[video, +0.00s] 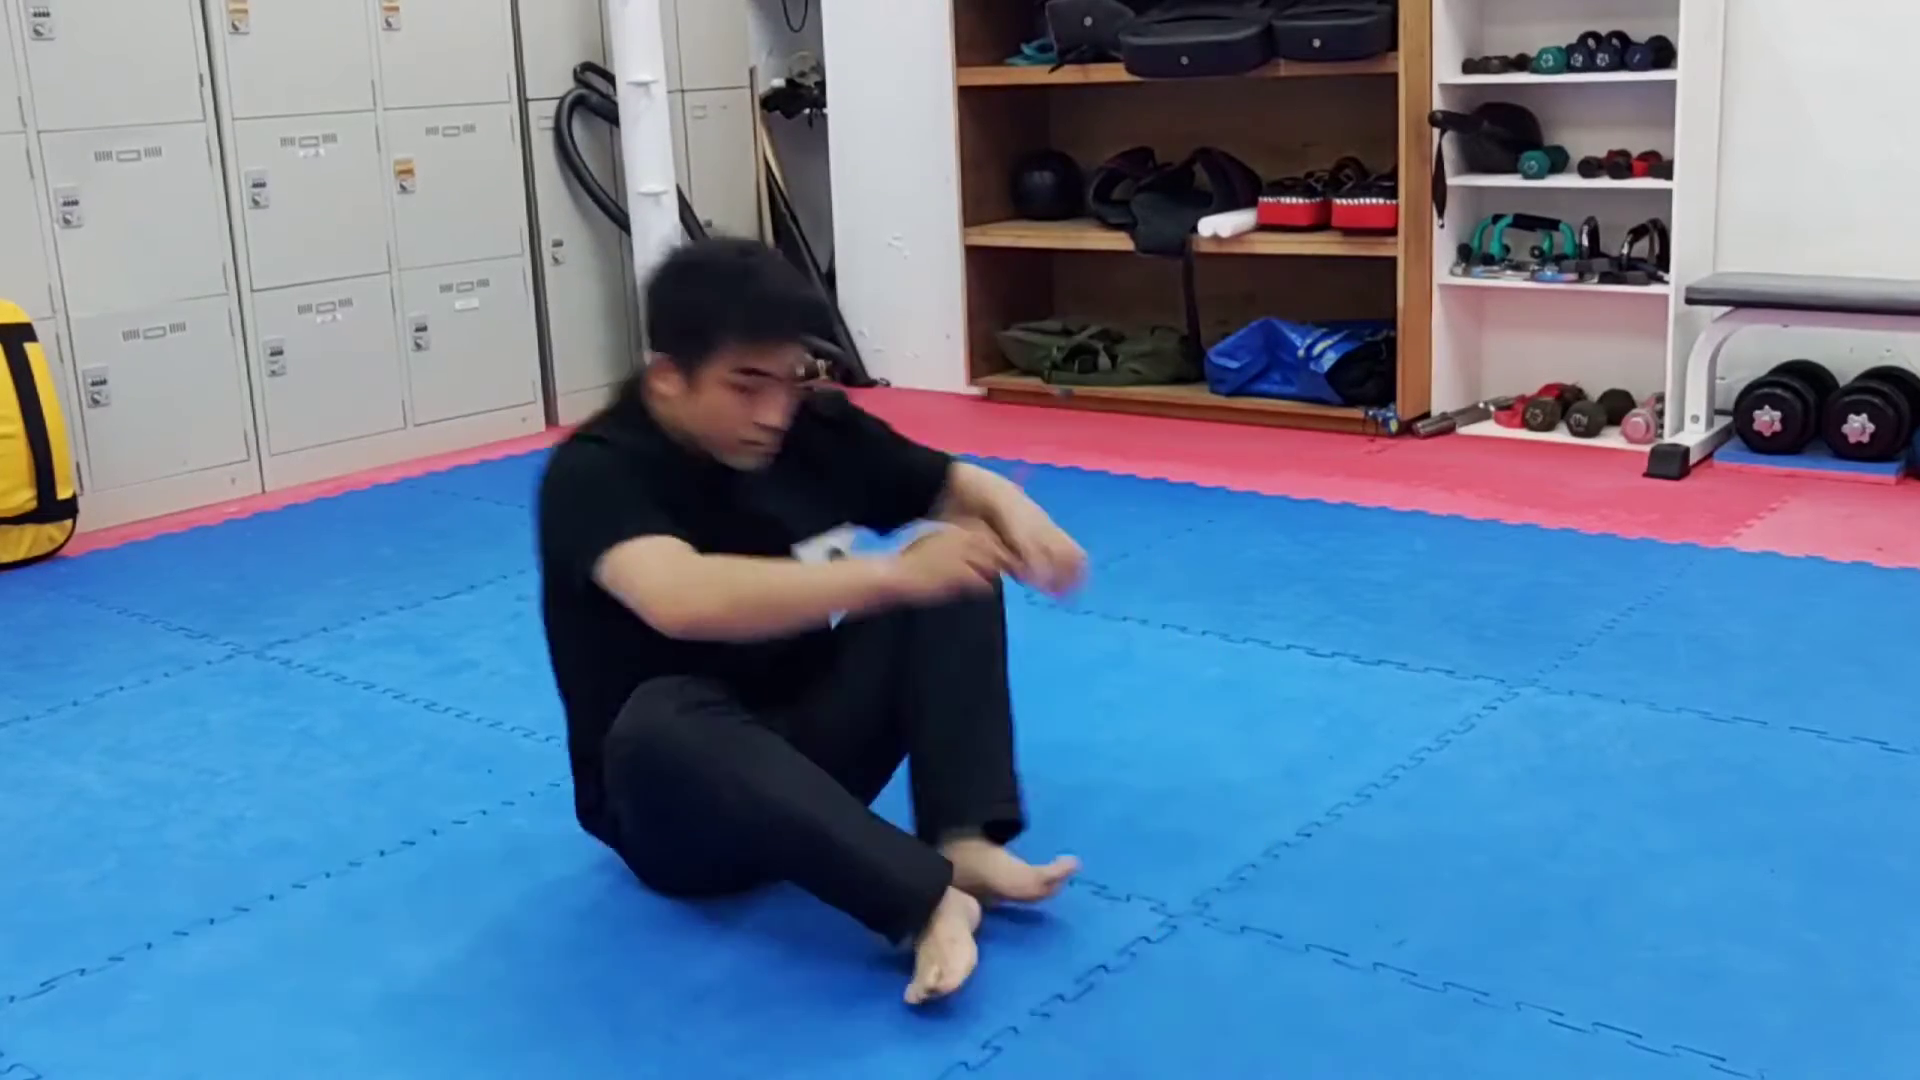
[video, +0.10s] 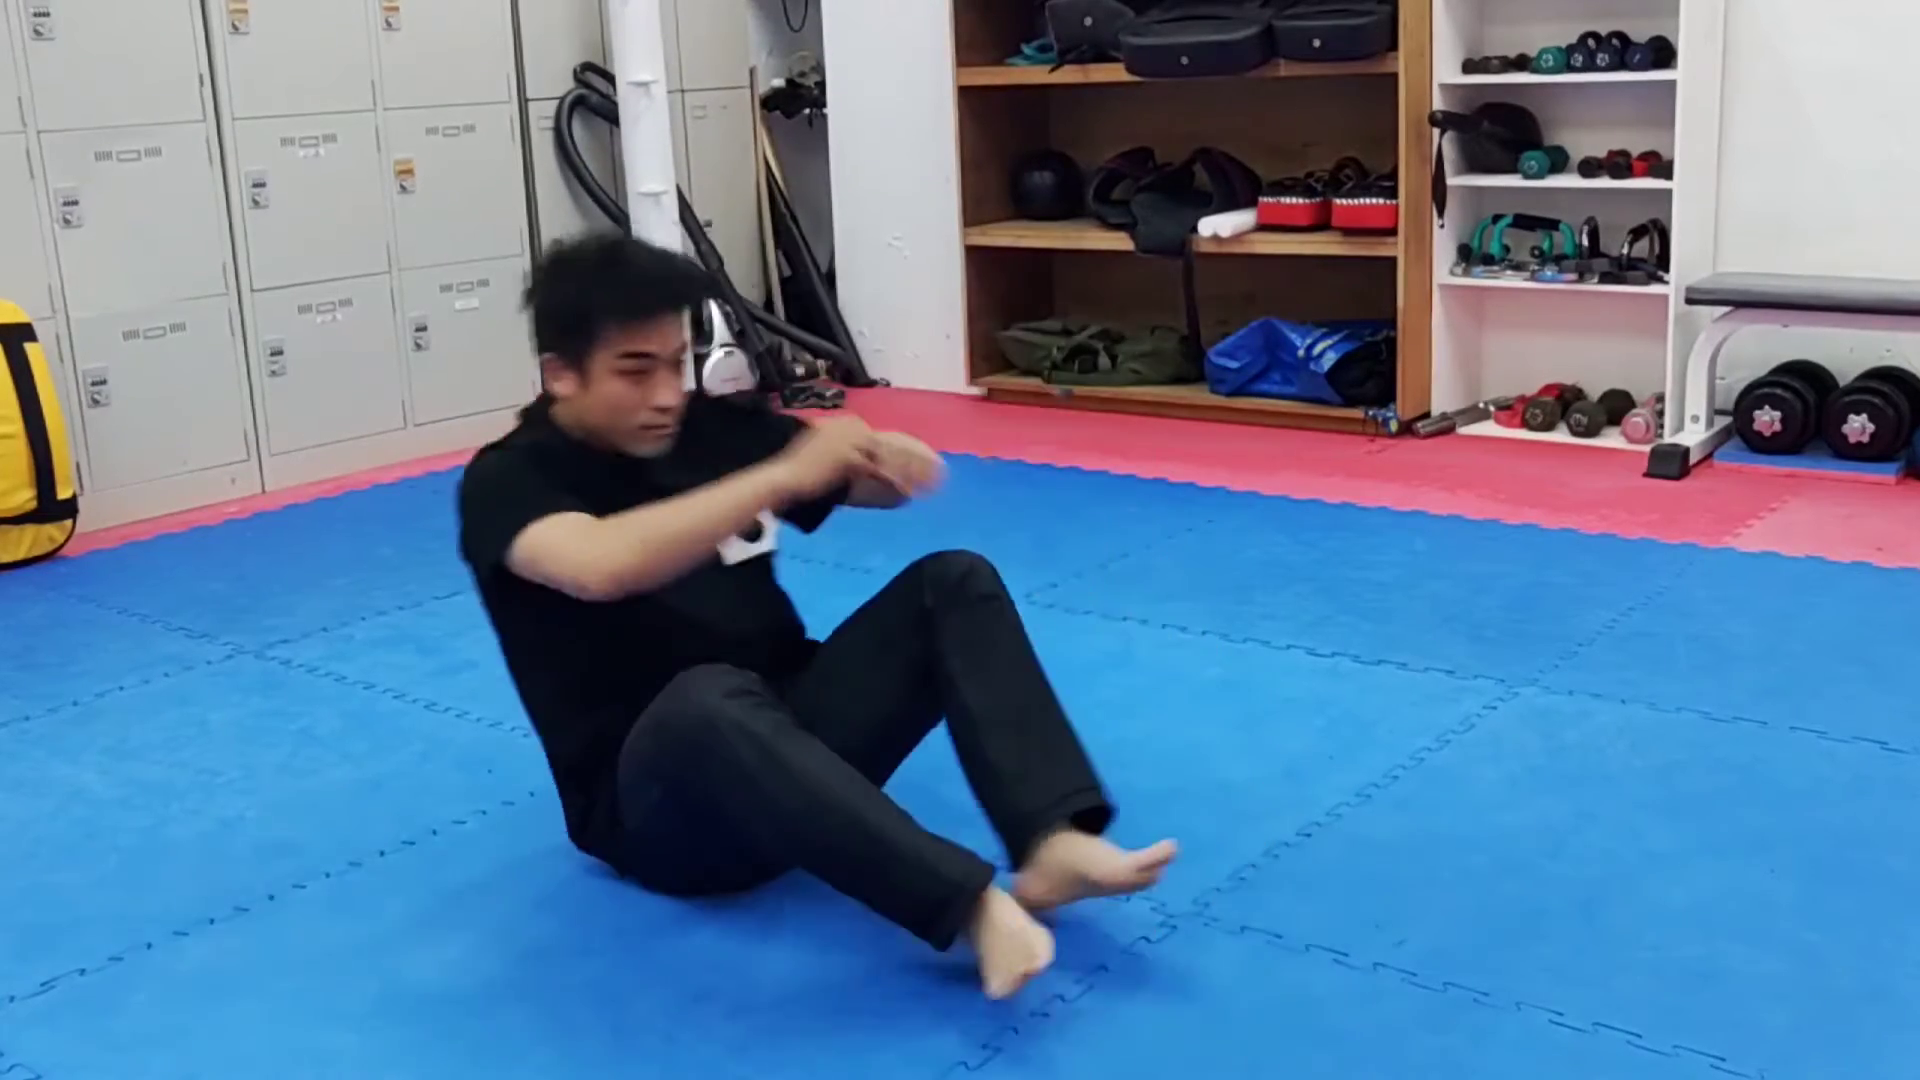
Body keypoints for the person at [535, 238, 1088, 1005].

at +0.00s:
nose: (776, 415)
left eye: (793, 383)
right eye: (747, 386)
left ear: (809, 374)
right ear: (666, 380)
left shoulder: (814, 430)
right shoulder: (593, 473)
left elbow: (960, 489)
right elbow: (682, 598)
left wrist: (1012, 512)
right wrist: (892, 577)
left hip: (819, 757)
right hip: (684, 812)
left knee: (956, 561)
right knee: (661, 724)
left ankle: (961, 838)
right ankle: (927, 904)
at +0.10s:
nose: (667, 394)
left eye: (679, 365)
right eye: (636, 370)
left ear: (693, 357)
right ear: (560, 375)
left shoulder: (717, 428)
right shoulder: (506, 481)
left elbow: (838, 477)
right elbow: (602, 564)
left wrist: (878, 464)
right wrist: (783, 472)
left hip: (806, 747)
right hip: (669, 817)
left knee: (953, 583)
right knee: (702, 707)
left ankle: (1051, 839)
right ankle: (971, 907)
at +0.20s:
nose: (590, 421)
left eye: (599, 394)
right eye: (554, 403)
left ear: (615, 386)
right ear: (482, 420)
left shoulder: (667, 464)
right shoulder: (447, 524)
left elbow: (805, 495)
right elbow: (535, 542)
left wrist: (809, 441)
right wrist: (691, 430)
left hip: (779, 740)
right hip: (647, 811)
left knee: (945, 591)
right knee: (739, 682)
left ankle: (1109, 805)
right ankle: (1007, 885)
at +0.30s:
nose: (527, 464)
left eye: (539, 440)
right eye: (495, 449)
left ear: (552, 436)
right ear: (432, 470)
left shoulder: (612, 519)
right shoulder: (405, 577)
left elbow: (752, 508)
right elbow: (449, 574)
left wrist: (754, 439)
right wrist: (587, 435)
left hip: (763, 744)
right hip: (642, 809)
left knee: (911, 576)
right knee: (743, 652)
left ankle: (1110, 728)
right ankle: (1009, 823)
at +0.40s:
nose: (485, 514)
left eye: (495, 488)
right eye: (450, 500)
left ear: (514, 492)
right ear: (399, 530)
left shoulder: (591, 567)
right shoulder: (407, 641)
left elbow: (704, 571)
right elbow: (346, 672)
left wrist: (758, 498)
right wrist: (474, 530)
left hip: (761, 747)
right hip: (644, 802)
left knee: (855, 531)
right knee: (701, 598)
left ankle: (1054, 599)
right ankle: (962, 709)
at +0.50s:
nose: (461, 541)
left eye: (463, 522)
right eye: (427, 534)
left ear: (481, 535)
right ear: (376, 579)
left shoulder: (557, 611)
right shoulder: (370, 673)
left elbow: (666, 625)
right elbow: (283, 802)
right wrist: (343, 746)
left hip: (744, 746)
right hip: (630, 791)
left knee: (790, 473)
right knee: (647, 525)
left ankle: (968, 474)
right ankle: (879, 560)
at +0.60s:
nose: (439, 562)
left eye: (440, 547)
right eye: (408, 556)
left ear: (458, 564)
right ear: (362, 607)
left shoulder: (519, 641)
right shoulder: (359, 700)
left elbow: (659, 649)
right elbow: (273, 801)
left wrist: (818, 655)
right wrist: (275, 838)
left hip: (713, 737)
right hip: (598, 777)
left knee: (722, 468)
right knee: (588, 477)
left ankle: (893, 391)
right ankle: (802, 427)